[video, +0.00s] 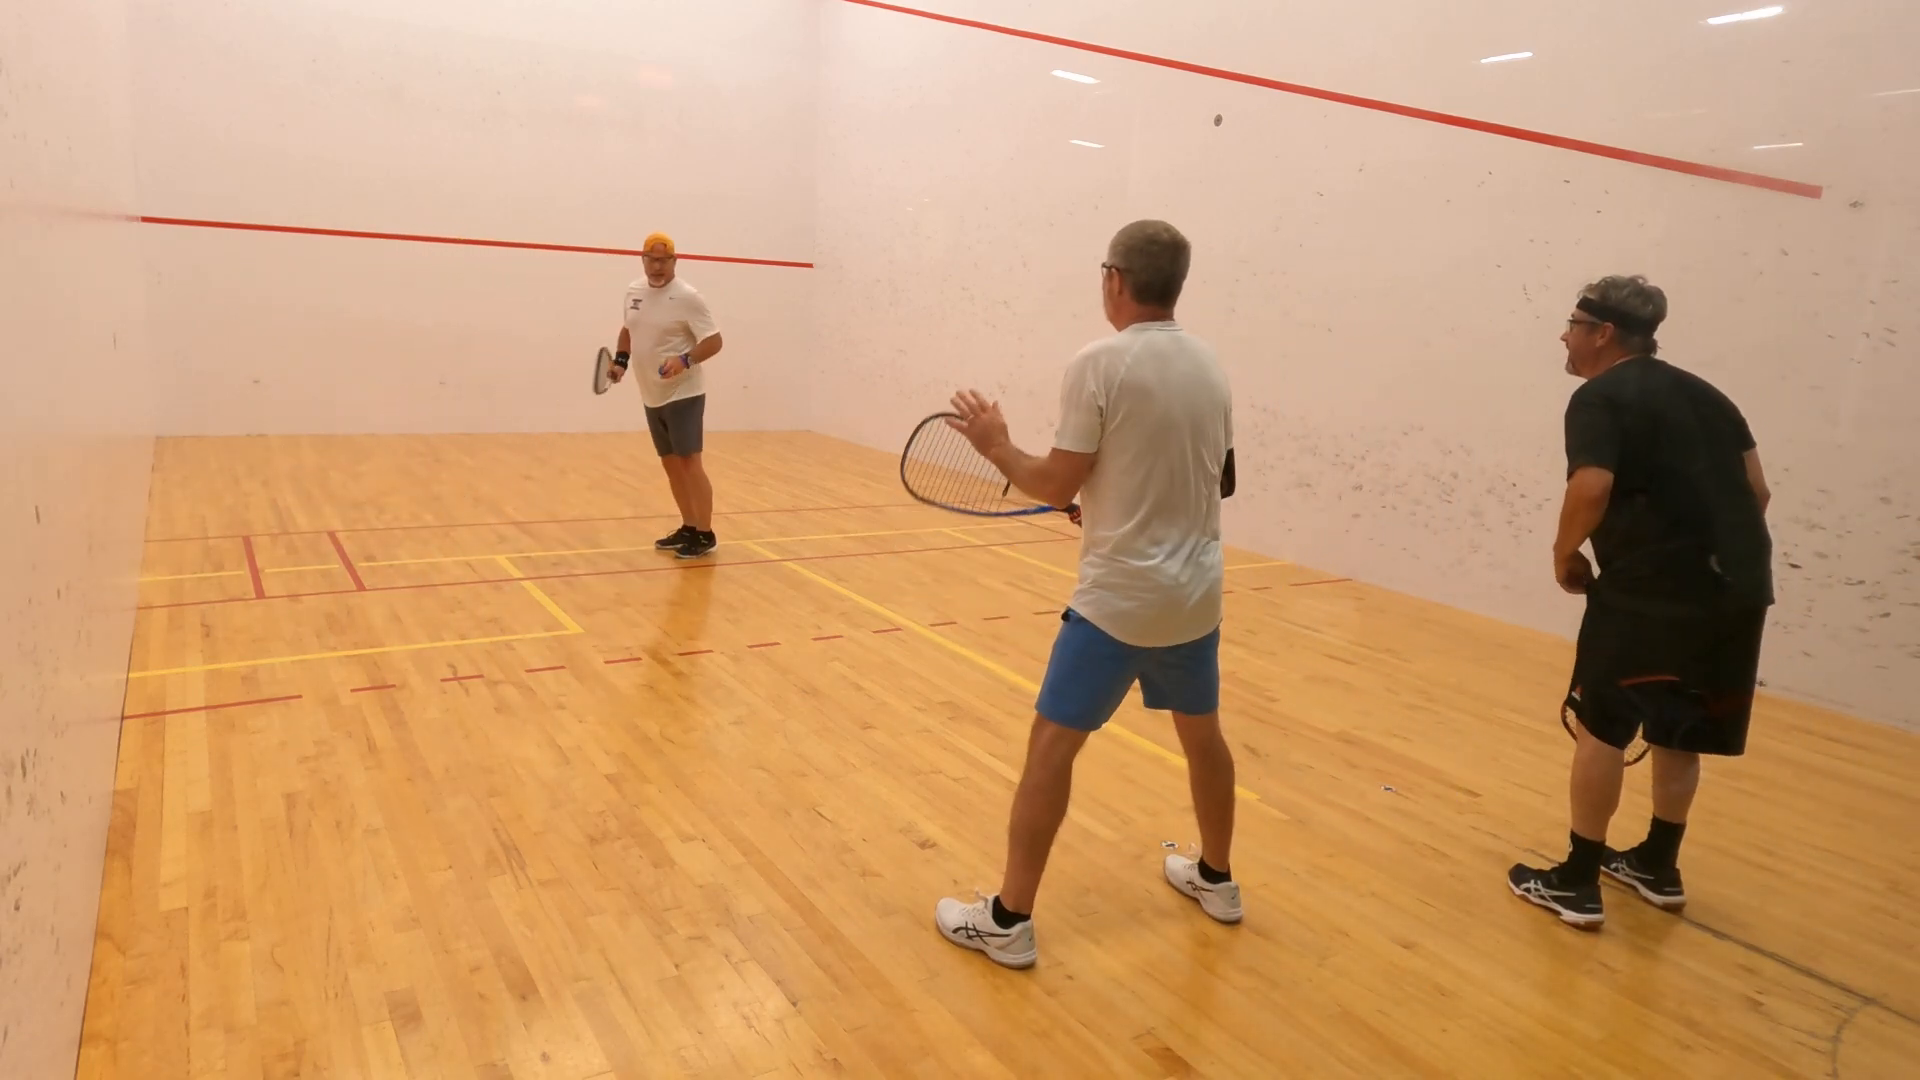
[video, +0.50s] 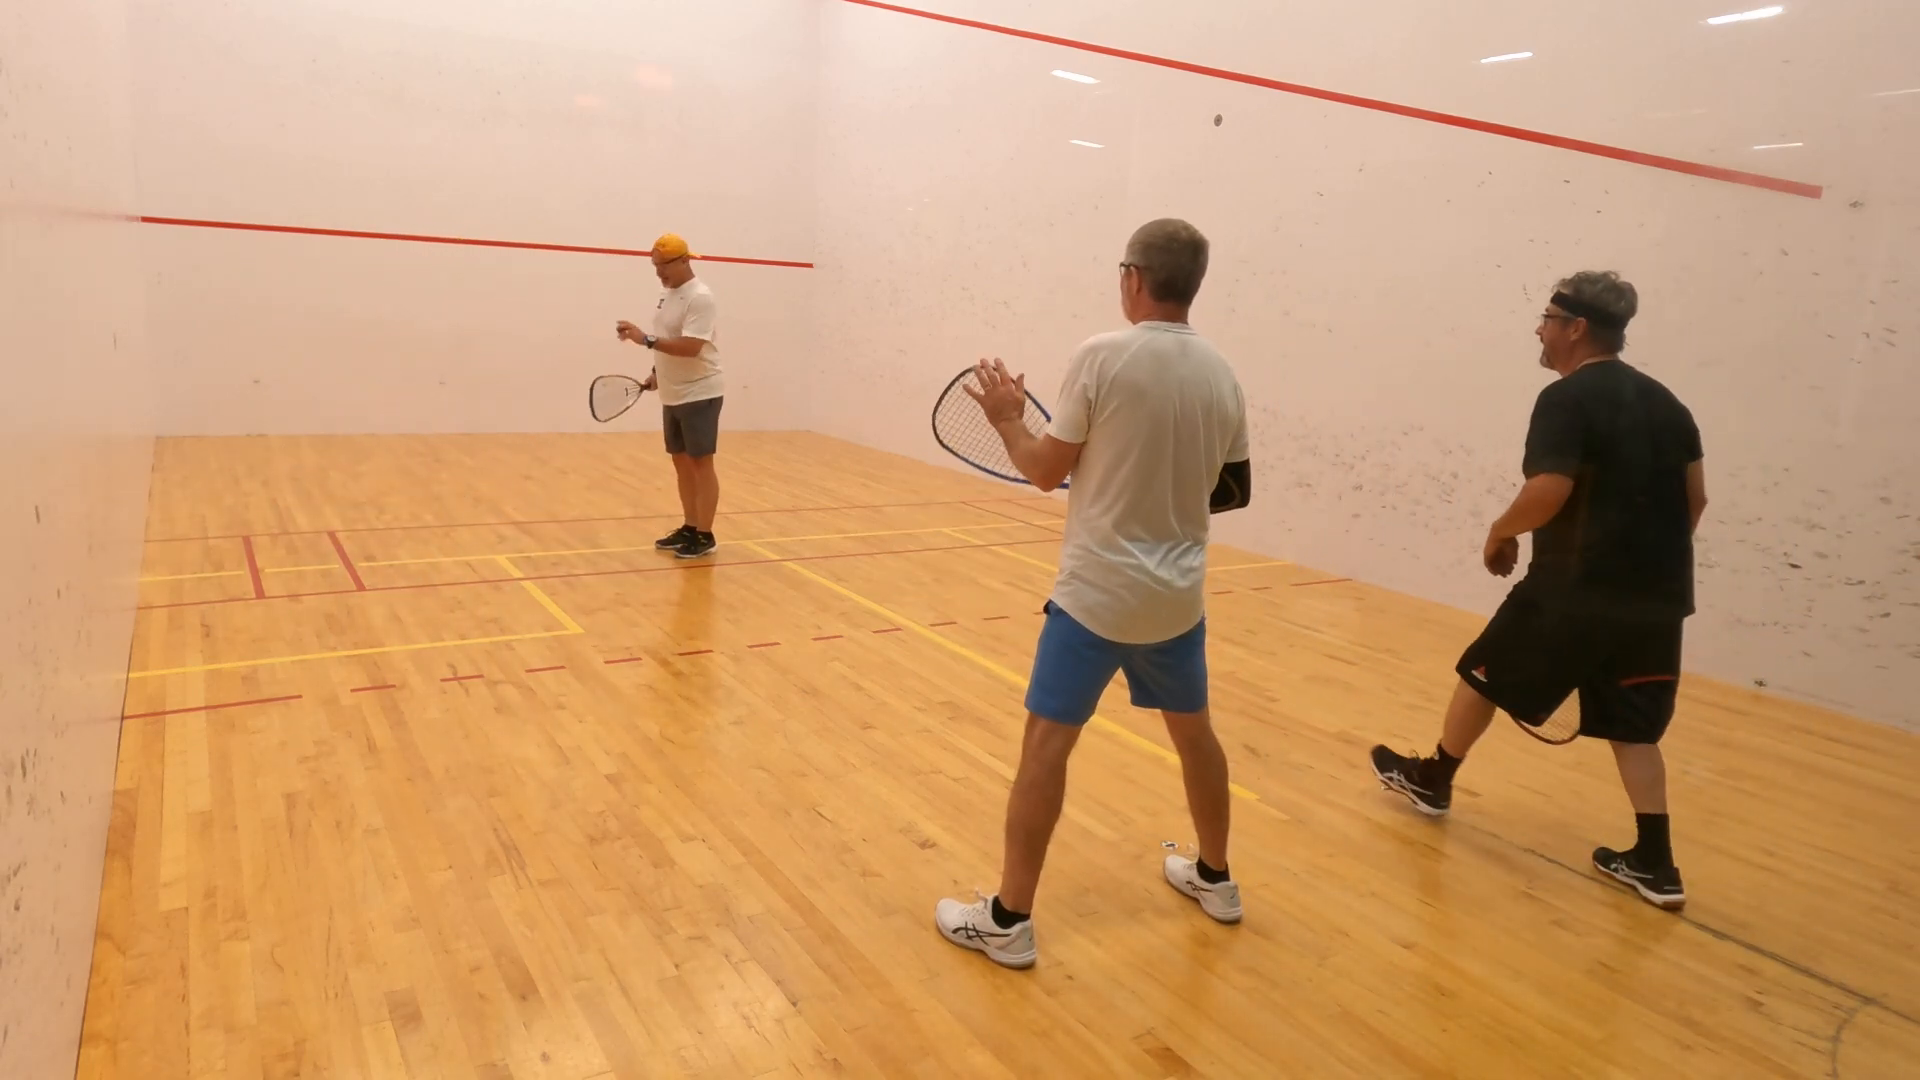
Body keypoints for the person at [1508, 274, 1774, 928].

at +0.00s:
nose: (1564, 335)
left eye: (1574, 325)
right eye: (1569, 323)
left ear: (1605, 334)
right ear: (1629, 337)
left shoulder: (1598, 397)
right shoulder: (1709, 396)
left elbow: (1591, 485)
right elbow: (1755, 491)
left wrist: (1566, 551)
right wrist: (1721, 564)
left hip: (1644, 591)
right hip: (1727, 598)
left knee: (1601, 722)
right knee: (1678, 723)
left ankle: (1578, 878)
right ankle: (1659, 863)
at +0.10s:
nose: (1573, 330)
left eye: (1581, 320)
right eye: (1577, 318)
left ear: (1614, 328)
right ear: (1641, 332)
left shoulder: (1602, 392)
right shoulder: (1714, 395)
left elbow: (1591, 483)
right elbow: (1758, 490)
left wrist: (1560, 546)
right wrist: (1731, 567)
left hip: (1632, 600)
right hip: (1717, 603)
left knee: (1588, 719)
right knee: (1677, 724)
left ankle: (1577, 873)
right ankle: (1658, 863)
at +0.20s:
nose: (1577, 326)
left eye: (1586, 316)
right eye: (1580, 314)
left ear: (1618, 325)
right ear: (1648, 329)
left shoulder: (1603, 390)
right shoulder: (1715, 395)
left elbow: (1589, 479)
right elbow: (1758, 489)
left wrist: (1552, 537)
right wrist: (1728, 568)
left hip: (1625, 595)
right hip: (1712, 601)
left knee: (1556, 701)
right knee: (1671, 722)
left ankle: (1570, 842)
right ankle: (1659, 862)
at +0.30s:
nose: (1573, 326)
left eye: (1584, 315)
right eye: (1578, 313)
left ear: (1618, 325)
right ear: (1644, 328)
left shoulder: (1600, 391)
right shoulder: (1709, 397)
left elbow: (1581, 481)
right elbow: (1747, 493)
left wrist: (1542, 531)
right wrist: (1712, 566)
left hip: (1610, 594)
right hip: (1698, 602)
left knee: (1531, 687)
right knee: (1657, 718)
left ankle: (1549, 823)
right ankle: (1658, 861)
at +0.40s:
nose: (1561, 327)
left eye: (1570, 316)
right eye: (1565, 315)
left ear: (1600, 325)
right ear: (1623, 329)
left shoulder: (1585, 393)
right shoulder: (1693, 399)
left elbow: (1570, 483)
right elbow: (1724, 495)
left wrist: (1524, 530)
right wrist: (1691, 560)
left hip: (1594, 592)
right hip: (1679, 602)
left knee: (1506, 674)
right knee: (1647, 722)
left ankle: (1488, 803)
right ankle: (1657, 861)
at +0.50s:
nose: (1539, 330)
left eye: (1549, 320)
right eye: (1544, 318)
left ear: (1579, 331)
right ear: (1608, 334)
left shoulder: (1565, 398)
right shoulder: (1666, 404)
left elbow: (1549, 487)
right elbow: (1693, 499)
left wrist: (1503, 531)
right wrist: (1655, 562)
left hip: (1568, 595)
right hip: (1652, 604)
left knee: (1485, 669)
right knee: (1632, 722)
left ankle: (1435, 775)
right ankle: (1655, 861)